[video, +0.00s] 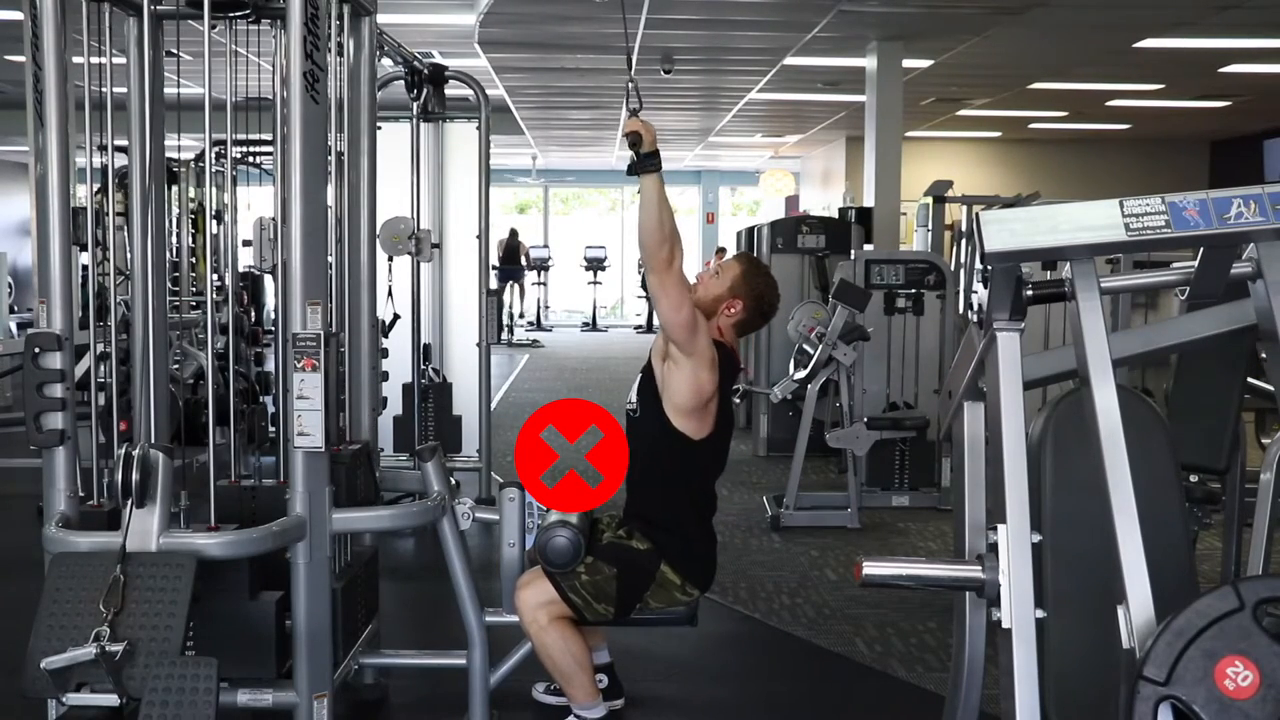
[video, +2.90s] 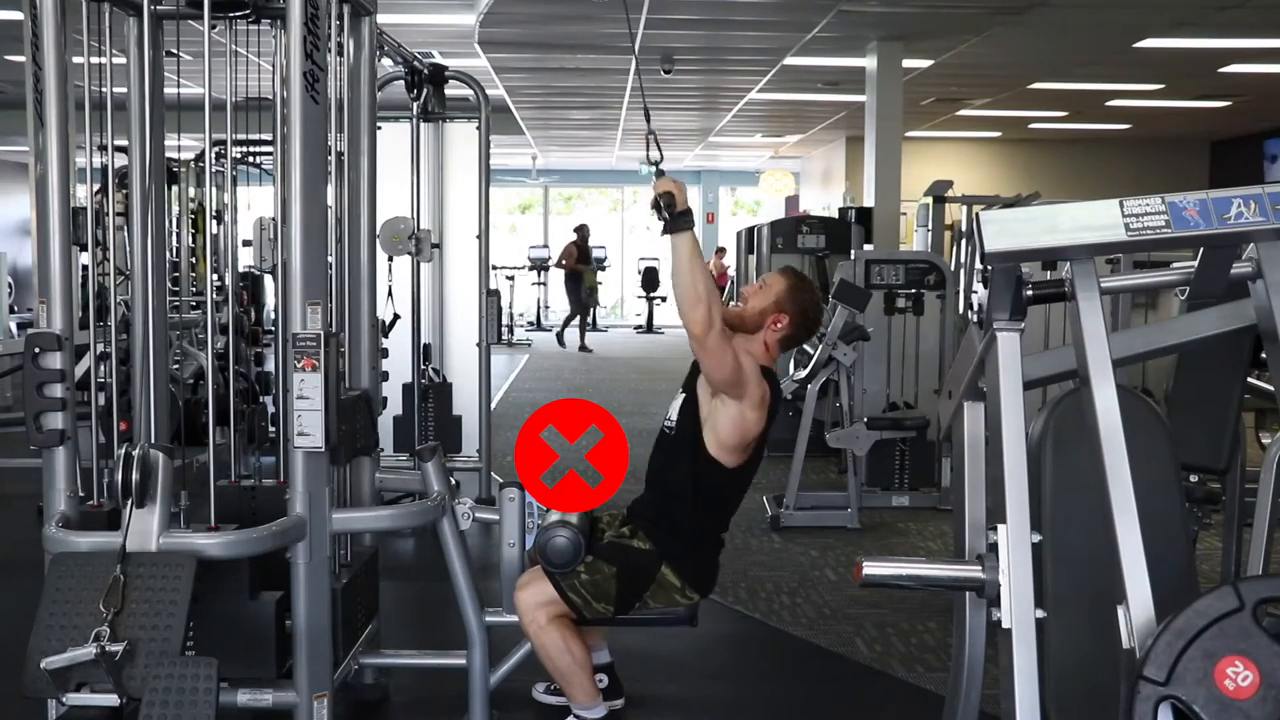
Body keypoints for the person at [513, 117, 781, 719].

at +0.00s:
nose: (702, 267)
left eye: (716, 268)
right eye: (715, 260)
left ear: (728, 306)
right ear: (731, 311)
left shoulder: (693, 348)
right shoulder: (700, 346)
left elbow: (661, 258)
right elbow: (663, 259)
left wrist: (646, 156)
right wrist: (646, 164)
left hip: (668, 555)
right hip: (661, 538)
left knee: (533, 595)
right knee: (550, 548)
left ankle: (589, 709)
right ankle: (592, 670)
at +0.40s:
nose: (707, 277)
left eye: (720, 278)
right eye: (716, 273)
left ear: (735, 317)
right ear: (735, 320)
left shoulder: (708, 377)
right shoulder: (709, 364)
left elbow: (671, 315)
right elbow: (672, 307)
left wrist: (659, 209)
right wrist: (657, 219)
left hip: (675, 562)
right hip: (660, 535)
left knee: (536, 595)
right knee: (553, 546)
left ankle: (589, 708)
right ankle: (593, 671)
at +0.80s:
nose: (712, 288)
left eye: (724, 287)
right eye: (720, 282)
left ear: (738, 323)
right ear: (740, 326)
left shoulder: (733, 393)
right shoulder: (716, 367)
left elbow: (694, 406)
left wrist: (679, 294)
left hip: (678, 562)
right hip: (656, 528)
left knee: (539, 595)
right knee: (556, 542)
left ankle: (589, 712)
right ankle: (597, 673)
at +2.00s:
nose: (708, 276)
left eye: (722, 277)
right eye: (717, 271)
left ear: (736, 316)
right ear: (735, 318)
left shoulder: (714, 375)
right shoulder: (706, 360)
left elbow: (676, 312)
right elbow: (679, 307)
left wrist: (659, 209)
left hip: (675, 565)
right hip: (655, 534)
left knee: (536, 596)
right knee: (553, 545)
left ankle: (589, 709)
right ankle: (594, 671)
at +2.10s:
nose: (708, 269)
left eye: (721, 272)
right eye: (719, 266)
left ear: (732, 314)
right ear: (733, 316)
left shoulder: (707, 369)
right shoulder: (702, 356)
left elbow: (671, 293)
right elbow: (672, 290)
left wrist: (657, 192)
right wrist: (656, 201)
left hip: (674, 564)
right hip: (657, 537)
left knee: (536, 596)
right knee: (553, 544)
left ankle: (590, 710)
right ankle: (593, 671)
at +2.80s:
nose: (722, 280)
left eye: (738, 280)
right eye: (733, 273)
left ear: (754, 315)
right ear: (755, 318)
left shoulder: (723, 367)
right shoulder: (720, 354)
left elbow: (683, 291)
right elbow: (687, 289)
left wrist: (665, 192)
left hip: (671, 560)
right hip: (653, 533)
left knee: (533, 597)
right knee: (555, 545)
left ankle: (589, 710)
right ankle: (594, 671)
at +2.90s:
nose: (744, 287)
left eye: (758, 288)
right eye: (755, 282)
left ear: (774, 325)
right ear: (774, 327)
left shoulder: (743, 381)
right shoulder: (738, 362)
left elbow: (700, 322)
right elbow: (715, 329)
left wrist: (677, 216)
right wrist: (713, 286)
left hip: (671, 561)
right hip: (649, 530)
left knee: (532, 597)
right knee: (552, 547)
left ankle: (591, 713)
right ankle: (594, 671)